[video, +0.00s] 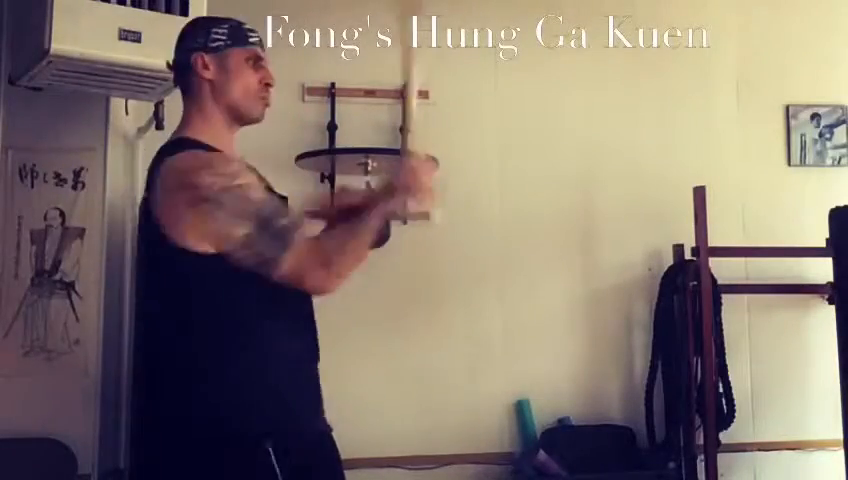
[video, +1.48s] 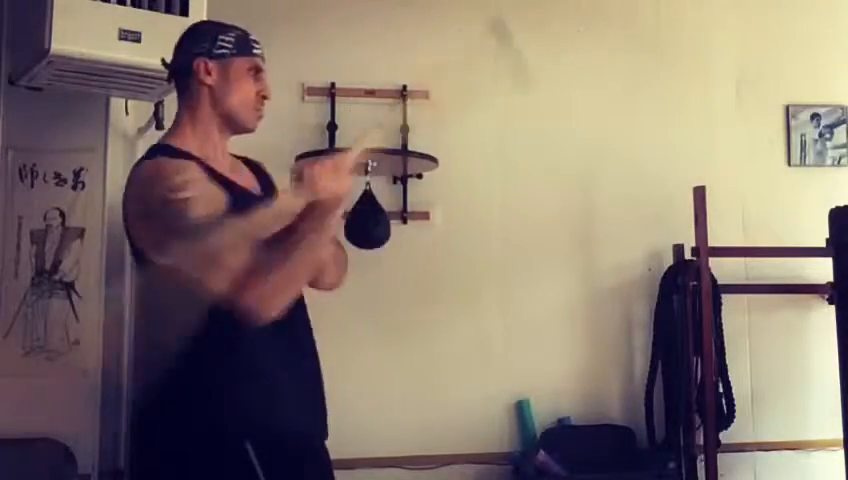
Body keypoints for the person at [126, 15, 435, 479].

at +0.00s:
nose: (270, 77)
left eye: (264, 64)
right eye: (253, 61)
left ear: (208, 68)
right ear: (205, 67)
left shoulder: (209, 166)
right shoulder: (200, 174)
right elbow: (319, 269)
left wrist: (322, 218)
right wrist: (388, 203)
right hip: (247, 440)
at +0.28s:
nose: (304, 100)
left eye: (303, 87)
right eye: (295, 83)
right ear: (248, 77)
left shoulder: (307, 190)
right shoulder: (164, 173)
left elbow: (334, 291)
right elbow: (45, 255)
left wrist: (254, 291)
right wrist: (110, 314)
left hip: (283, 430)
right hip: (183, 436)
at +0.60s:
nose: (310, 110)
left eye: (311, 97)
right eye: (299, 92)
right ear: (253, 84)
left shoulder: (270, 190)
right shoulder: (186, 166)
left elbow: (330, 283)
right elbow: (263, 94)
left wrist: (297, 244)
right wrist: (369, 176)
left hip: (272, 408)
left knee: (305, 471)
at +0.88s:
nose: (299, 106)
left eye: (300, 92)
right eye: (293, 88)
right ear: (251, 74)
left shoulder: (136, 175)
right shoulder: (280, 142)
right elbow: (384, 187)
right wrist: (317, 208)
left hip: (166, 413)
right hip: (264, 415)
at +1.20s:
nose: (276, 83)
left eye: (272, 67)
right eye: (264, 65)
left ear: (215, 67)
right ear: (216, 65)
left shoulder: (165, 164)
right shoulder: (227, 166)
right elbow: (336, 270)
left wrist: (359, 235)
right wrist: (417, 233)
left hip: (179, 424)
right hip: (253, 430)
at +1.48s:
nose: (266, 90)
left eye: (263, 76)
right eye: (254, 73)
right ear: (205, 72)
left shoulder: (254, 174)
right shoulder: (164, 178)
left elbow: (331, 275)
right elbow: (257, 301)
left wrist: (323, 207)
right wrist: (323, 206)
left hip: (285, 428)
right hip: (208, 436)